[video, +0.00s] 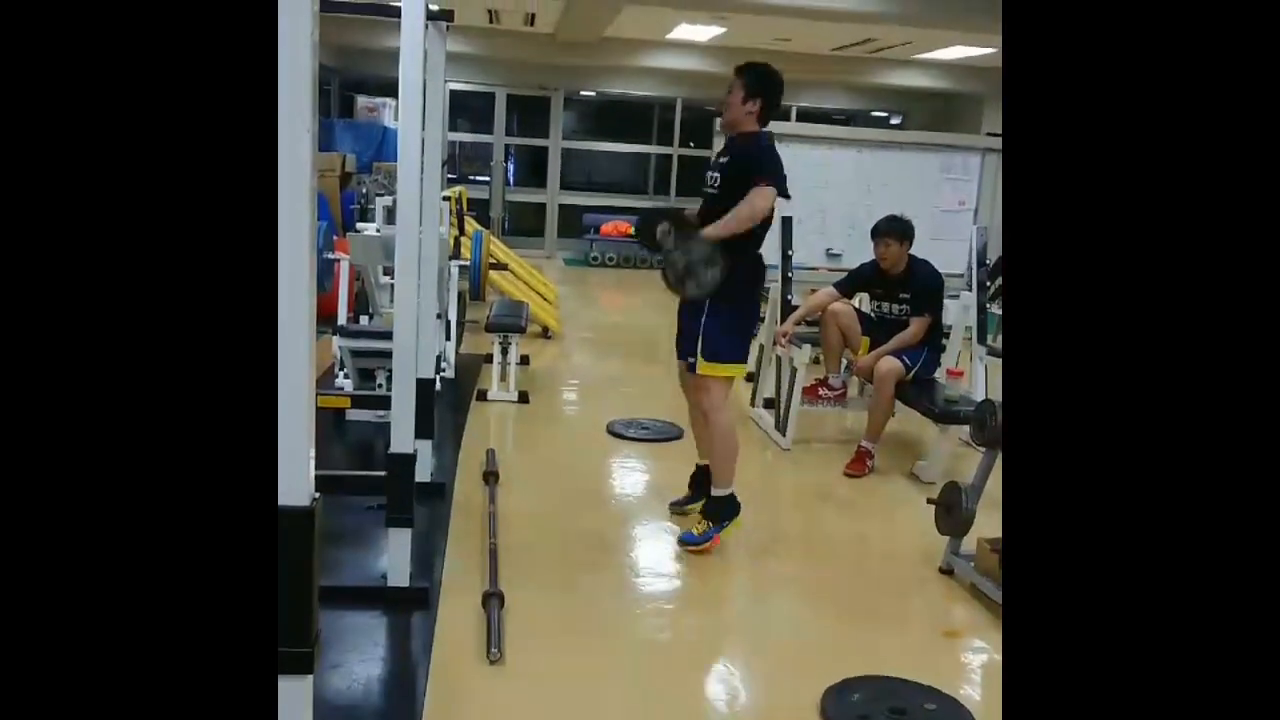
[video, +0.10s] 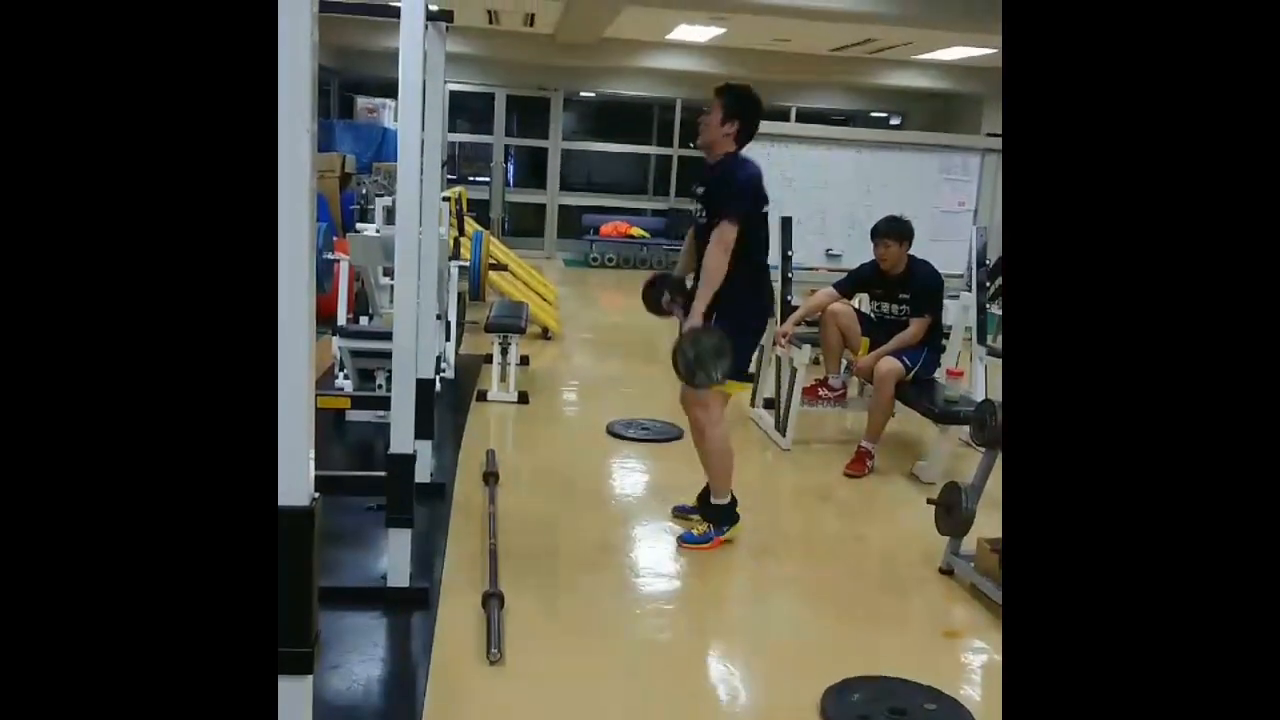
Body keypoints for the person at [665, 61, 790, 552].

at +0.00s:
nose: (723, 101)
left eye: (731, 94)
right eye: (726, 93)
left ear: (753, 104)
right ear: (747, 103)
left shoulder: (760, 151)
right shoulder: (727, 151)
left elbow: (759, 207)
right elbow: (716, 209)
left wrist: (700, 237)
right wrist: (681, 228)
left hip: (733, 286)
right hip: (705, 280)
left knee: (711, 391)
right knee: (692, 383)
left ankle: (724, 505)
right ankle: (707, 477)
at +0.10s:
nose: (700, 120)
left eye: (709, 114)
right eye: (704, 113)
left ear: (731, 127)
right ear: (727, 128)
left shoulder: (740, 174)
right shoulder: (718, 174)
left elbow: (723, 246)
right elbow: (699, 237)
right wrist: (679, 282)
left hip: (738, 307)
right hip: (717, 302)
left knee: (706, 406)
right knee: (696, 401)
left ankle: (723, 512)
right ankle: (716, 495)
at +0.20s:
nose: (657, 158)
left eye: (665, 150)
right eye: (661, 149)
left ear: (687, 161)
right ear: (685, 162)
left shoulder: (705, 212)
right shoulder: (686, 208)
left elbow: (711, 289)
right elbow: (685, 269)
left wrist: (712, 355)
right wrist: (684, 309)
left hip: (746, 331)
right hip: (722, 324)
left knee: (694, 411)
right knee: (685, 406)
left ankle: (724, 516)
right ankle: (716, 499)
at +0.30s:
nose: (625, 193)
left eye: (629, 184)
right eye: (625, 184)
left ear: (653, 183)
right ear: (654, 183)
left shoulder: (692, 223)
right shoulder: (677, 221)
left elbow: (705, 295)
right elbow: (685, 284)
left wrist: (710, 358)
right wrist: (687, 322)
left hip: (760, 324)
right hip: (733, 320)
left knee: (715, 410)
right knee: (696, 400)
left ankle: (727, 517)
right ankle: (718, 497)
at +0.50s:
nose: (612, 251)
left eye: (610, 243)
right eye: (607, 245)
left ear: (629, 231)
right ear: (632, 227)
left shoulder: (678, 250)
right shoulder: (666, 245)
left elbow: (687, 323)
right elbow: (670, 309)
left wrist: (690, 396)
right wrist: (668, 354)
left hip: (773, 318)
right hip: (750, 318)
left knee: (739, 416)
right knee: (723, 403)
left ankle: (730, 518)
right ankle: (722, 497)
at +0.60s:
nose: (614, 294)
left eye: (612, 285)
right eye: (608, 287)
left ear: (630, 272)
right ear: (632, 270)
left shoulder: (675, 290)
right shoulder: (665, 281)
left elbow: (682, 376)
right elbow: (662, 341)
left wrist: (678, 448)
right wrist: (658, 388)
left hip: (779, 327)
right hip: (755, 326)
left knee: (729, 413)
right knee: (713, 401)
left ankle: (730, 519)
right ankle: (724, 506)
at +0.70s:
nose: (614, 333)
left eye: (613, 324)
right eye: (609, 327)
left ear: (630, 311)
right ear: (633, 309)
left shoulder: (675, 331)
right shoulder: (661, 322)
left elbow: (671, 415)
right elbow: (655, 381)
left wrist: (667, 482)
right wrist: (649, 423)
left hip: (781, 352)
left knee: (703, 421)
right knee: (695, 406)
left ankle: (727, 517)